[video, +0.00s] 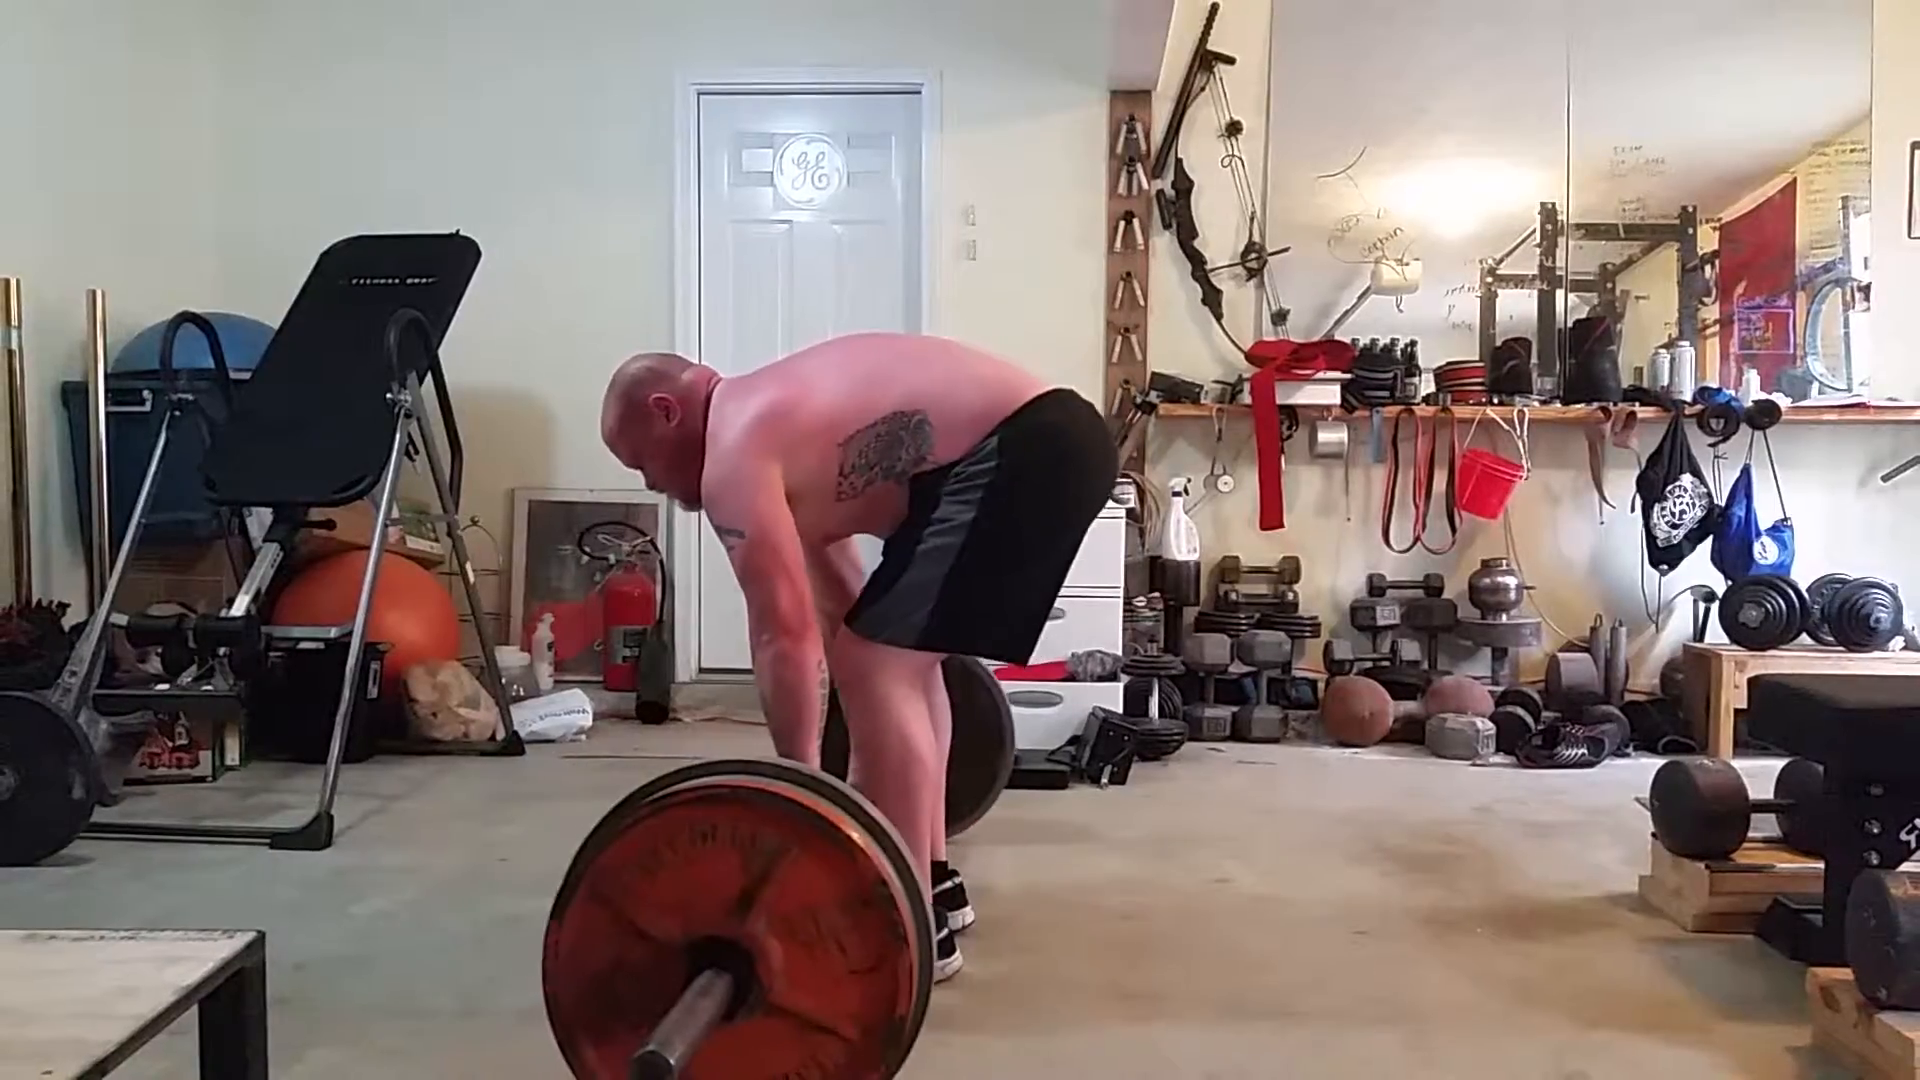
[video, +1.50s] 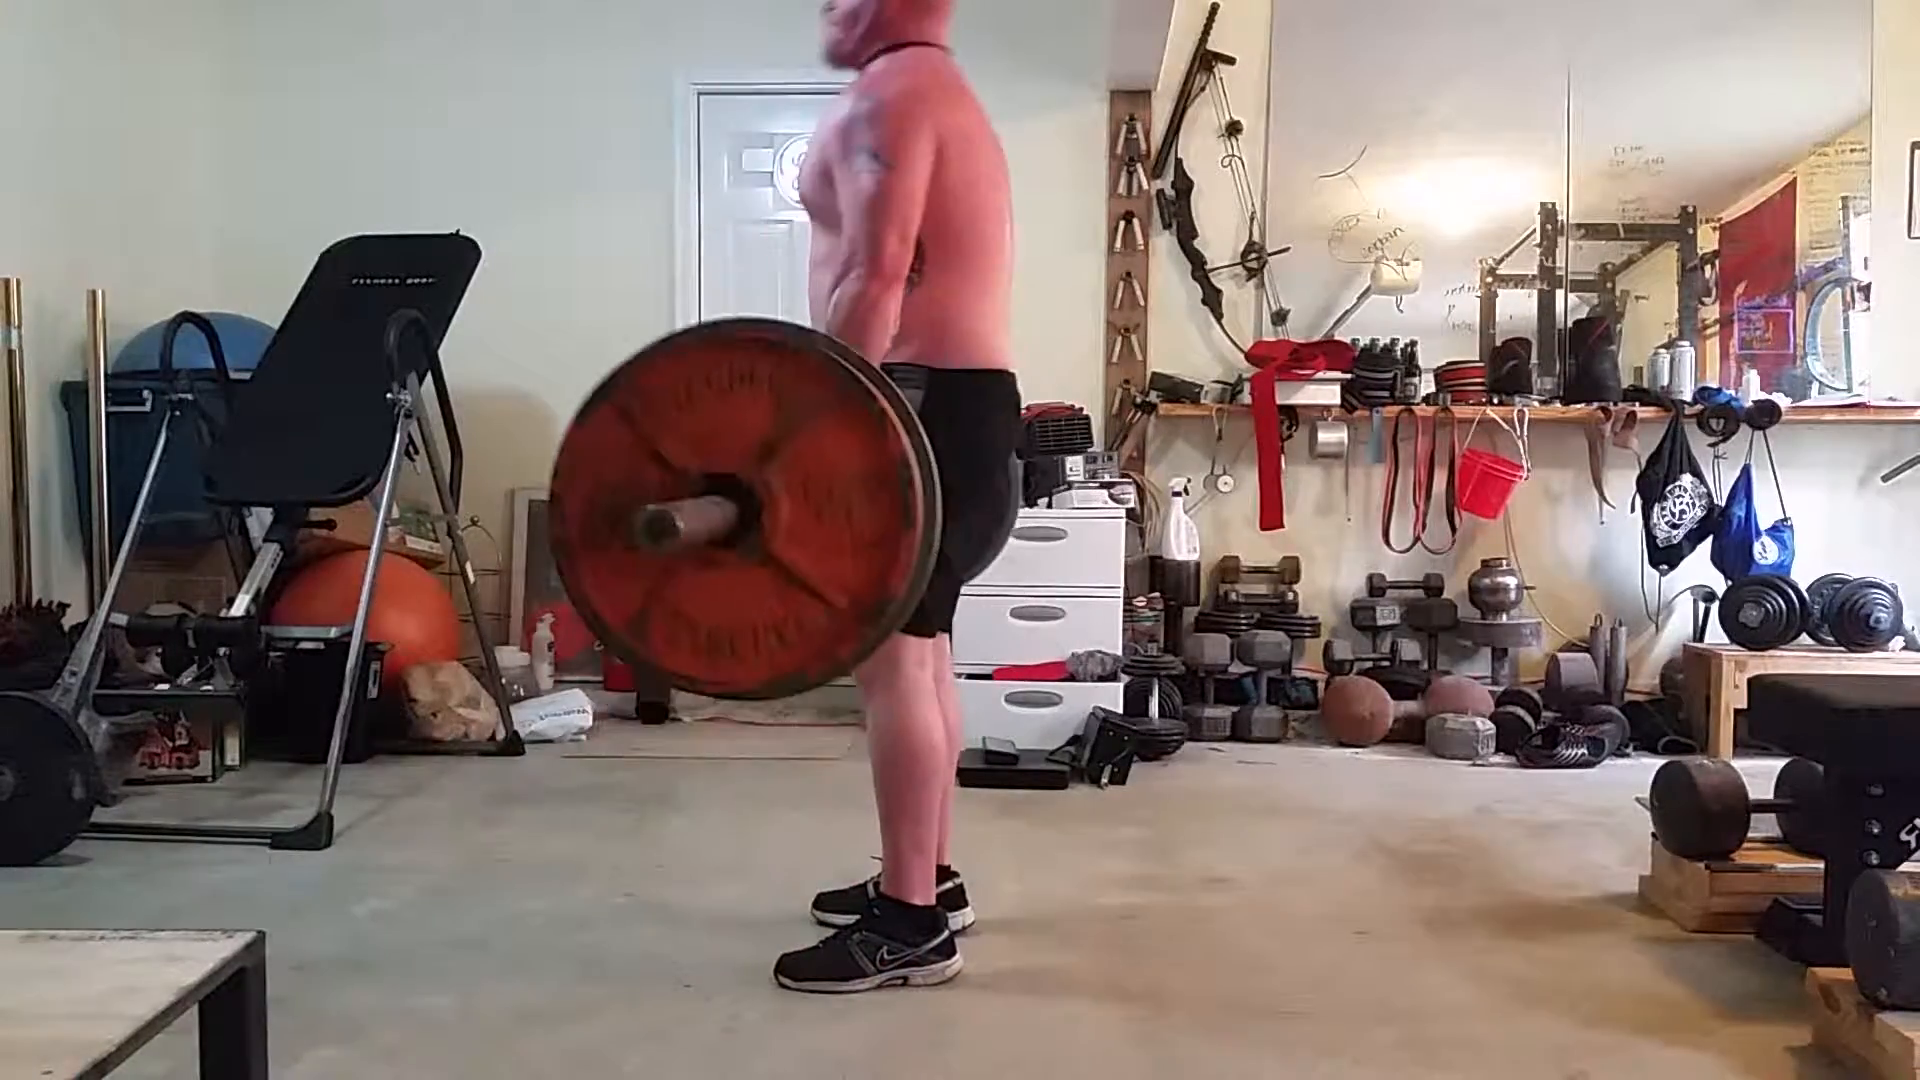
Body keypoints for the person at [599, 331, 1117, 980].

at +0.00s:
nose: (654, 488)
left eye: (640, 465)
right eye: (637, 473)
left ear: (668, 413)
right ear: (677, 405)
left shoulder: (735, 459)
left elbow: (787, 636)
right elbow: (846, 609)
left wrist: (792, 803)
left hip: (1021, 452)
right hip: (1046, 442)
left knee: (873, 659)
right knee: (907, 660)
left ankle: (904, 921)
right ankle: (931, 886)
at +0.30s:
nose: (657, 451)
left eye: (652, 429)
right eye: (648, 434)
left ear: (689, 384)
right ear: (701, 379)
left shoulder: (759, 446)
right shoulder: (784, 410)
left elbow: (809, 624)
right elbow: (859, 587)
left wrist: (811, 788)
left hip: (1026, 472)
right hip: (1050, 462)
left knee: (871, 678)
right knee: (890, 666)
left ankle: (911, 905)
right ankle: (929, 876)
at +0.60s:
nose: (661, 416)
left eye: (656, 392)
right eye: (651, 400)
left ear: (697, 350)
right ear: (705, 345)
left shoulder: (768, 408)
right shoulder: (789, 375)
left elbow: (823, 582)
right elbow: (863, 556)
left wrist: (822, 753)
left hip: (1025, 452)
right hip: (1042, 445)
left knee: (884, 669)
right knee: (904, 662)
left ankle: (912, 910)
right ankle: (928, 885)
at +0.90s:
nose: (660, 318)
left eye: (658, 294)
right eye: (652, 301)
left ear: (700, 255)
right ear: (711, 253)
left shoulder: (766, 312)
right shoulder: (790, 294)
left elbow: (826, 487)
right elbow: (875, 487)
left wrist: (831, 658)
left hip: (1010, 414)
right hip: (986, 419)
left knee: (931, 666)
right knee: (925, 666)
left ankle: (908, 918)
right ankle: (918, 887)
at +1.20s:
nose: (699, 133)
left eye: (711, 110)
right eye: (700, 114)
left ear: (766, 105)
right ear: (779, 110)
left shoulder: (810, 188)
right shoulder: (825, 183)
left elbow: (846, 368)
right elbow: (831, 376)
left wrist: (827, 538)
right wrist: (820, 535)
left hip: (983, 406)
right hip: (968, 405)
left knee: (917, 649)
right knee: (917, 644)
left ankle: (912, 917)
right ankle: (920, 881)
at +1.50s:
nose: (825, 11)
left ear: (884, 5)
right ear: (920, 11)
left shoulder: (895, 91)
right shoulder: (942, 96)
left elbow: (882, 276)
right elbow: (922, 283)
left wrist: (806, 431)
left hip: (923, 406)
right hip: (958, 407)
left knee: (892, 661)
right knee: (920, 657)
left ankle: (908, 920)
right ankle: (928, 881)